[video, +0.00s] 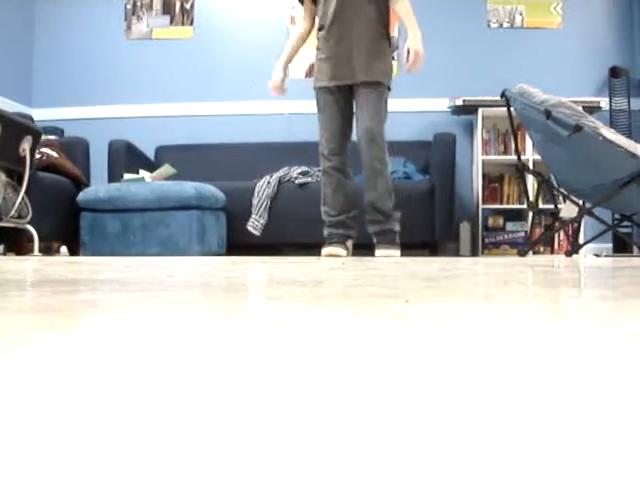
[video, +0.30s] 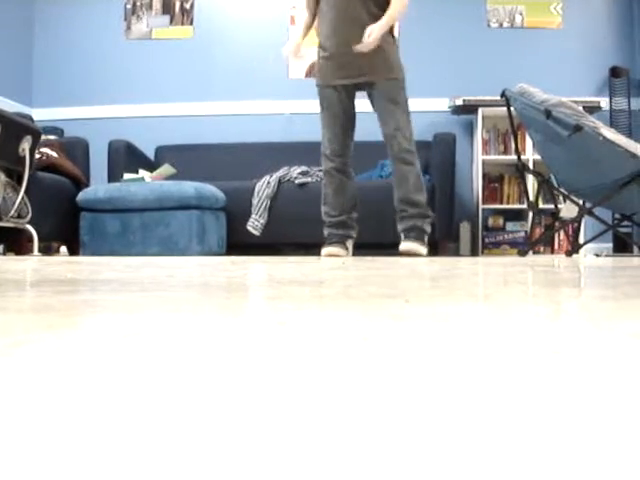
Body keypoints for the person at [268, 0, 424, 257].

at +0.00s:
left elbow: (399, 4)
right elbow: (305, 24)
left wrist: (415, 35)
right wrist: (282, 64)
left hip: (373, 60)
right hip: (328, 64)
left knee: (372, 143)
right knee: (331, 154)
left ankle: (385, 235)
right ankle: (337, 236)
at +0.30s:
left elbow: (400, 3)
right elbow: (310, 8)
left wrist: (382, 25)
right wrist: (297, 39)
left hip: (380, 56)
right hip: (332, 59)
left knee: (401, 146)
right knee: (334, 155)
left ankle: (414, 233)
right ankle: (337, 237)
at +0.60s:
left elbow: (426, 1)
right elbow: (325, 6)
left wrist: (394, 23)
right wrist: (359, 23)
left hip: (398, 56)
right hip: (350, 57)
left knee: (405, 151)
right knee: (344, 152)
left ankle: (412, 237)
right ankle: (338, 237)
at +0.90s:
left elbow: (434, 5)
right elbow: (346, 1)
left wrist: (415, 21)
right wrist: (378, 13)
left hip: (404, 46)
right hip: (359, 42)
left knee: (403, 142)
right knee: (361, 135)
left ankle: (405, 235)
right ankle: (367, 235)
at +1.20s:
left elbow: (431, 4)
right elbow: (341, 2)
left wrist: (415, 19)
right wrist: (371, 12)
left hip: (400, 45)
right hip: (352, 40)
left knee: (400, 141)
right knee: (344, 132)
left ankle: (403, 234)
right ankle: (329, 231)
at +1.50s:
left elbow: (393, 2)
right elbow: (289, 3)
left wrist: (372, 15)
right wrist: (314, 12)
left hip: (362, 44)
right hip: (312, 44)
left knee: (377, 146)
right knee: (304, 145)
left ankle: (397, 234)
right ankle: (301, 235)